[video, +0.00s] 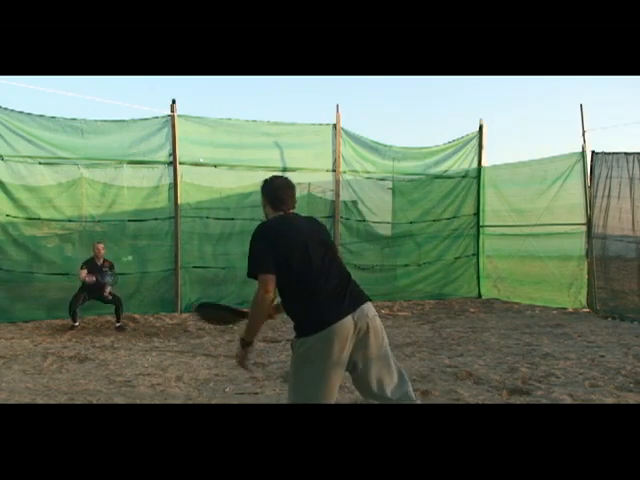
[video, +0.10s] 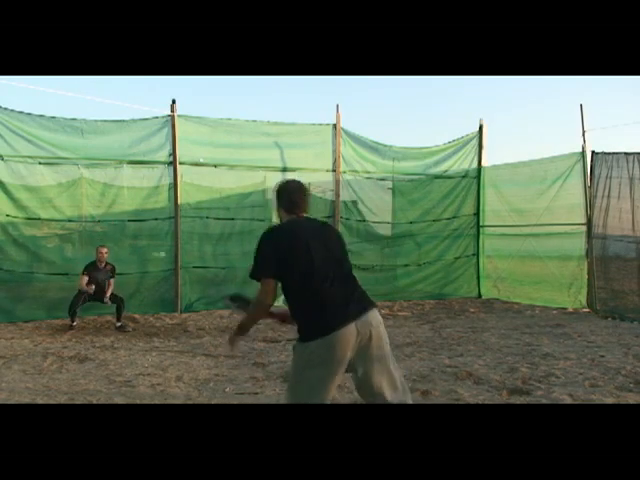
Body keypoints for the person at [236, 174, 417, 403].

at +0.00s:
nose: (262, 208)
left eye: (262, 203)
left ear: (265, 205)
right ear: (293, 203)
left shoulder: (265, 232)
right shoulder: (312, 223)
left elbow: (266, 293)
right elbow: (320, 275)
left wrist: (246, 342)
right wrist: (278, 308)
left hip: (323, 331)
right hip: (363, 312)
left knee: (309, 399)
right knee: (393, 390)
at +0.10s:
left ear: (279, 208)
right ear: (306, 205)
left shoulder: (273, 237)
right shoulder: (328, 230)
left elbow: (266, 299)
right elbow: (336, 287)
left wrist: (244, 326)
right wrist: (294, 314)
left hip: (325, 336)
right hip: (369, 321)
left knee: (305, 398)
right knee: (391, 396)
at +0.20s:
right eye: (322, 214)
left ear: (298, 218)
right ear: (325, 217)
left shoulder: (287, 248)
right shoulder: (344, 243)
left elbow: (271, 307)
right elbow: (361, 291)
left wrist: (259, 310)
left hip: (327, 350)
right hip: (374, 338)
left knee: (299, 399)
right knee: (391, 399)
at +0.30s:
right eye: (346, 231)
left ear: (322, 235)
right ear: (348, 236)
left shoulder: (306, 263)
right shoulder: (365, 262)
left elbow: (283, 315)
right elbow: (385, 310)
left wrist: (273, 303)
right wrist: (393, 340)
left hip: (338, 364)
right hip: (386, 353)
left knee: (296, 400)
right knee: (394, 398)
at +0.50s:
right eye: (381, 253)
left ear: (355, 252)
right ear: (383, 254)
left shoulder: (343, 276)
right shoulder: (395, 276)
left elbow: (318, 328)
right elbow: (418, 328)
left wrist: (280, 332)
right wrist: (430, 362)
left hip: (373, 373)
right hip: (417, 366)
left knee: (312, 398)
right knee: (406, 398)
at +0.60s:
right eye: (392, 253)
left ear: (364, 249)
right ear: (392, 254)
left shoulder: (356, 270)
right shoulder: (403, 273)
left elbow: (327, 322)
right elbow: (407, 318)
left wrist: (285, 325)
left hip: (383, 370)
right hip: (425, 363)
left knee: (315, 399)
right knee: (409, 396)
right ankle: (412, 398)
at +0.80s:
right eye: (388, 232)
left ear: (359, 236)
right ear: (388, 235)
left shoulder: (358, 258)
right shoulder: (397, 259)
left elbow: (324, 308)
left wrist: (280, 294)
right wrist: (347, 321)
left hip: (384, 362)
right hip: (425, 354)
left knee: (317, 399)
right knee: (412, 396)